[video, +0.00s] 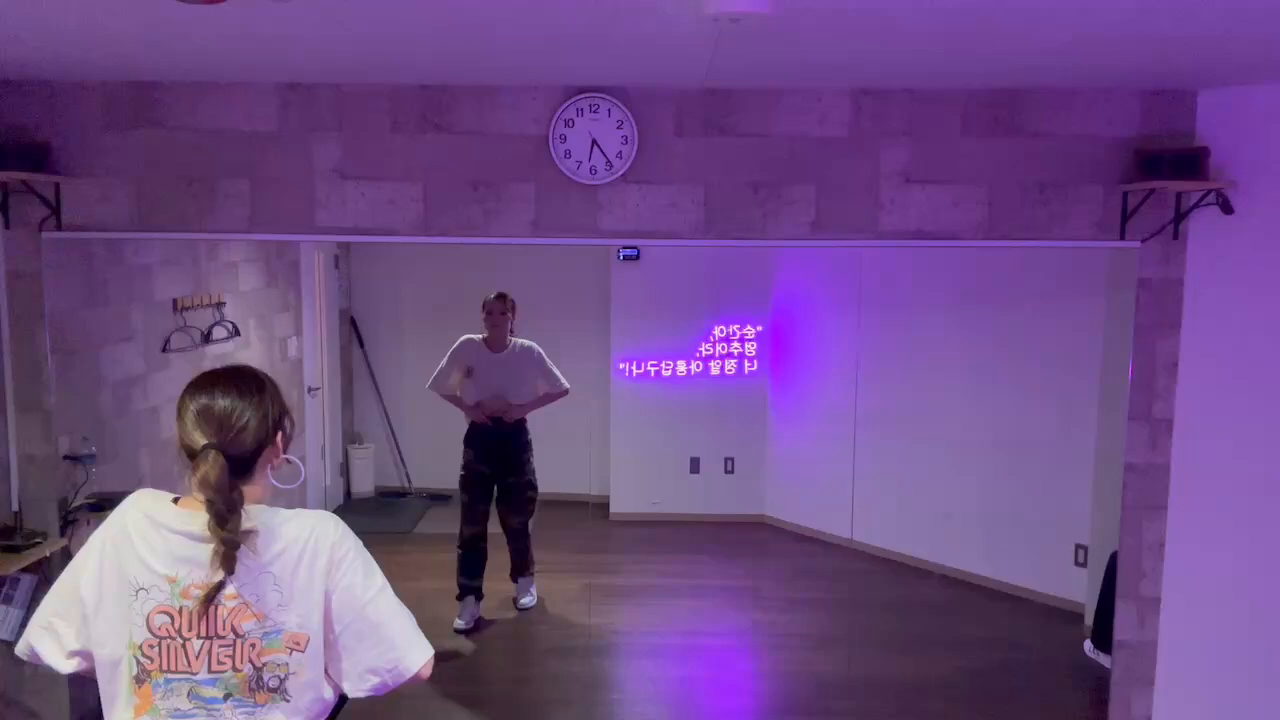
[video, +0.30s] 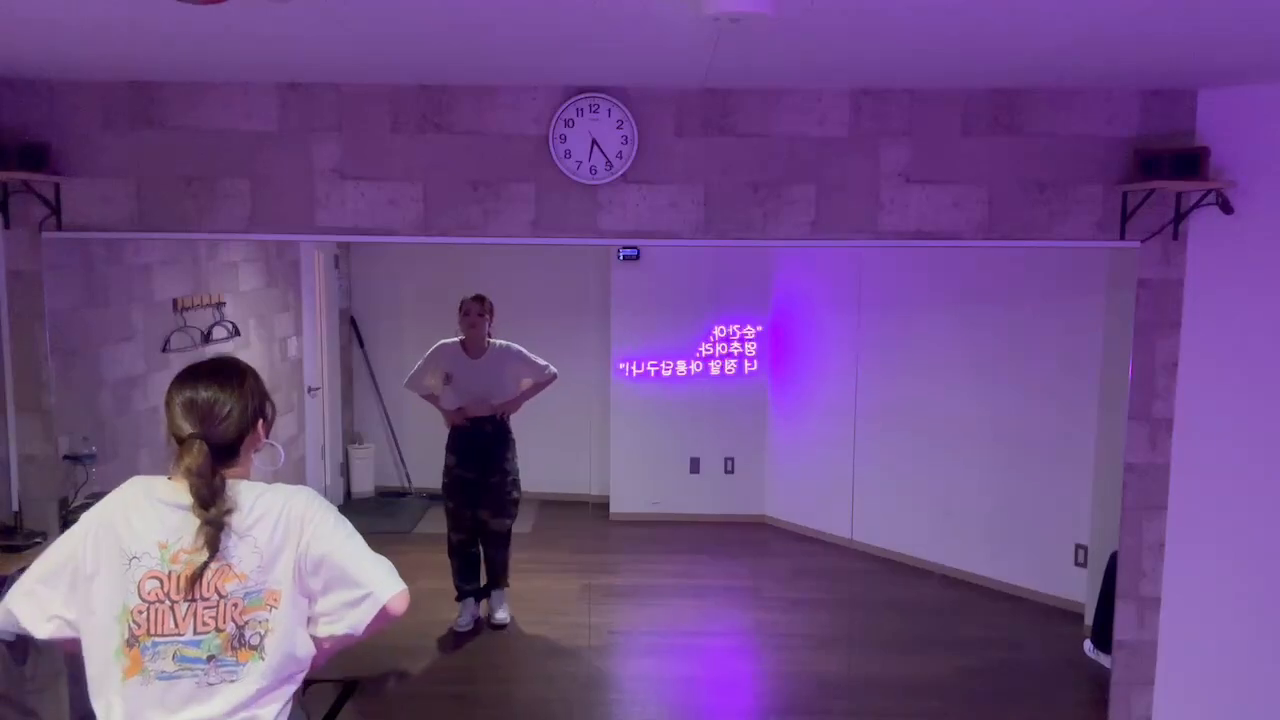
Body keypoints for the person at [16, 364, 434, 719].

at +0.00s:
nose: (290, 443)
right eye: (288, 432)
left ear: (185, 446)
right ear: (276, 447)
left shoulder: (133, 520)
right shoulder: (322, 537)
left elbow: (60, 648)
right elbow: (411, 665)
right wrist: (310, 659)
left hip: (147, 716)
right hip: (280, 715)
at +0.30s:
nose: (271, 427)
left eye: (265, 413)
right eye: (268, 416)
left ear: (175, 428)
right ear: (259, 432)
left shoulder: (121, 506)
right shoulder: (298, 510)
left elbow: (32, 609)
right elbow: (391, 599)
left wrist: (119, 638)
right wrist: (309, 646)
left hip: (133, 714)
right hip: (257, 712)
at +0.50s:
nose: (277, 429)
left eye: (275, 416)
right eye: (276, 418)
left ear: (184, 427)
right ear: (265, 430)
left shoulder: (120, 506)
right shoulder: (302, 504)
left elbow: (16, 578)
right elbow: (380, 581)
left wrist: (91, 637)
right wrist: (323, 637)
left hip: (135, 711)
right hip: (256, 711)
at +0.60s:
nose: (283, 424)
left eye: (281, 414)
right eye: (281, 415)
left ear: (192, 425)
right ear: (273, 428)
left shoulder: (130, 499)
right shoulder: (305, 498)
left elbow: (19, 573)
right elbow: (374, 576)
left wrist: (91, 630)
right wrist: (325, 637)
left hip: (146, 709)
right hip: (256, 709)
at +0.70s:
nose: (288, 426)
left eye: (286, 414)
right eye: (286, 416)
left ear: (199, 421)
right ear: (277, 426)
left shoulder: (135, 495)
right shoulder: (309, 494)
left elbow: (22, 567)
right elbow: (379, 572)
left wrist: (102, 625)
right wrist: (332, 629)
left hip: (149, 709)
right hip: (259, 709)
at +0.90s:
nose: (290, 416)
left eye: (283, 401)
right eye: (288, 404)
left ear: (196, 412)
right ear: (276, 419)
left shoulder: (135, 499)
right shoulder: (314, 500)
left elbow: (18, 568)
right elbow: (430, 570)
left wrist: (117, 613)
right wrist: (352, 623)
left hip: (151, 708)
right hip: (264, 707)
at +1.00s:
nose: (283, 416)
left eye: (282, 404)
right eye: (282, 406)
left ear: (189, 411)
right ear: (271, 420)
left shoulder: (131, 507)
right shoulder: (312, 507)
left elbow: (55, 583)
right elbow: (429, 579)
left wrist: (138, 614)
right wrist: (351, 623)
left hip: (157, 708)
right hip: (270, 710)